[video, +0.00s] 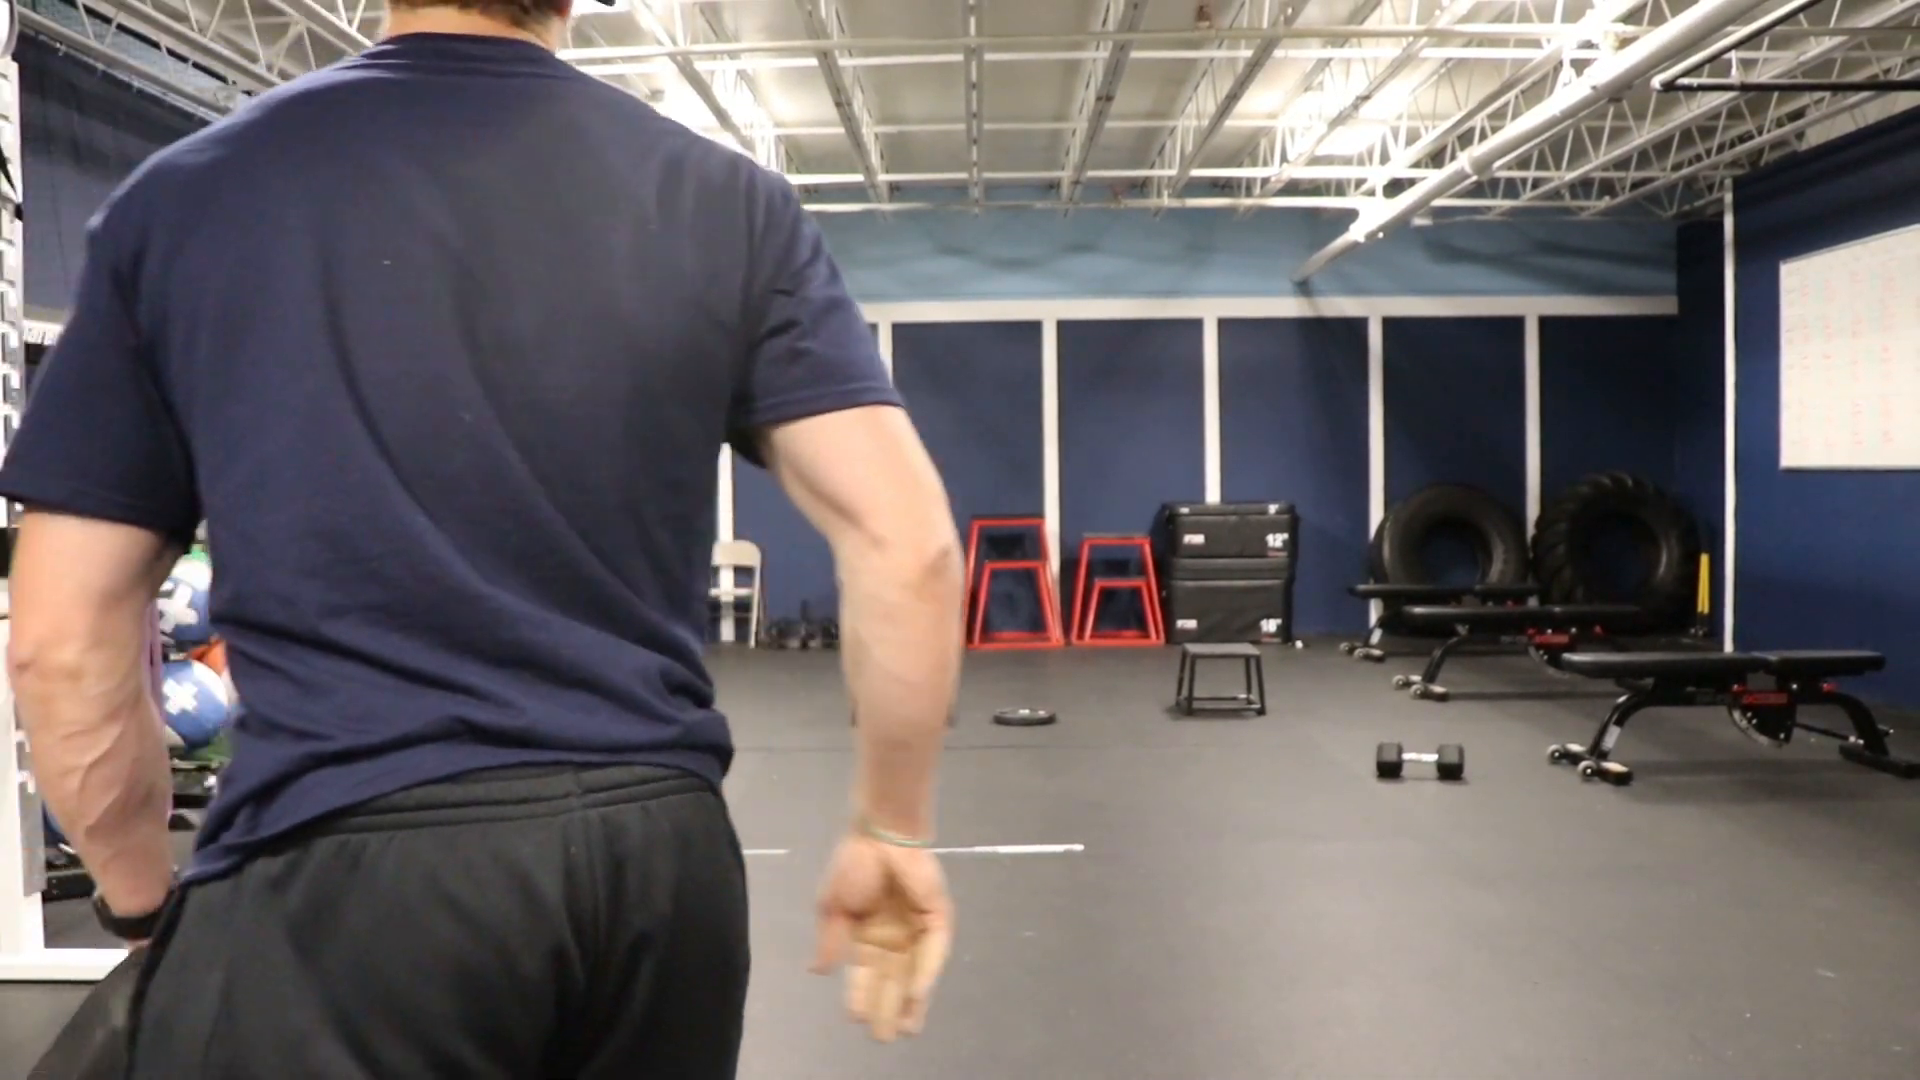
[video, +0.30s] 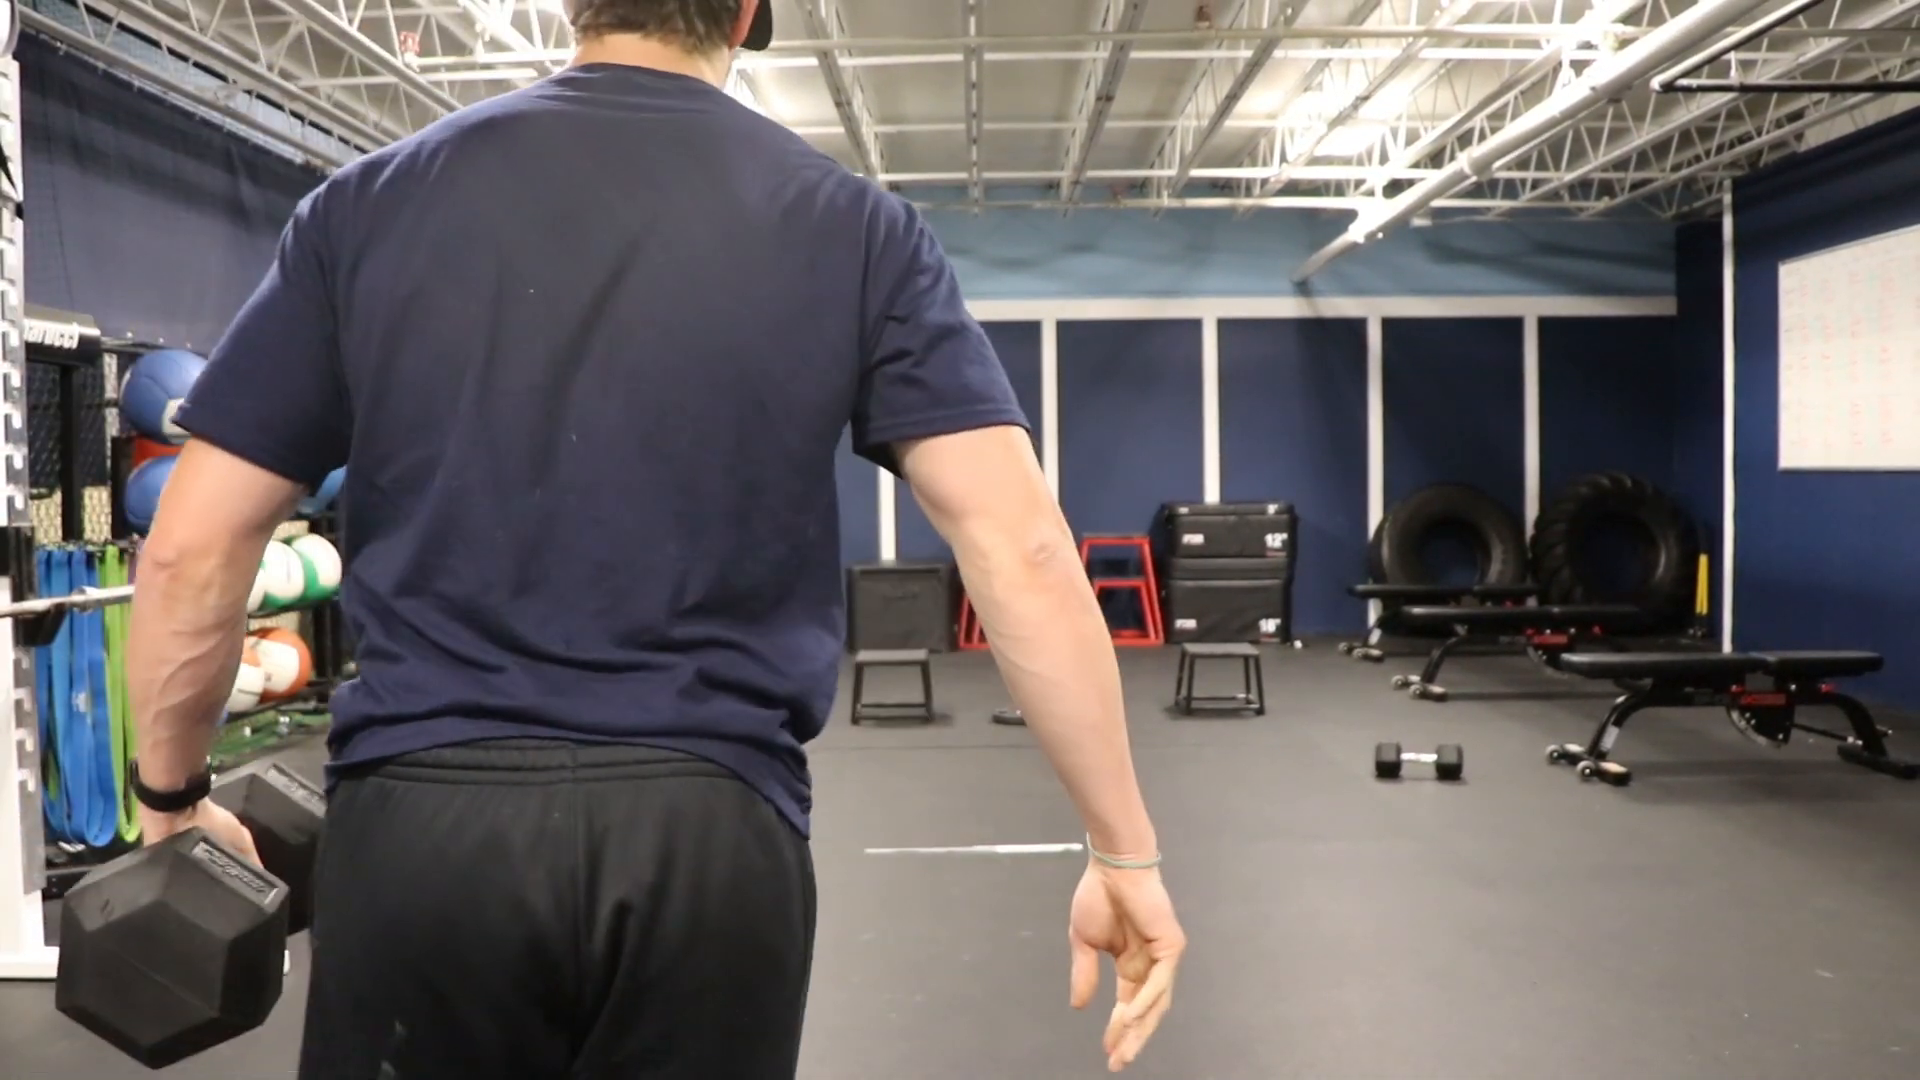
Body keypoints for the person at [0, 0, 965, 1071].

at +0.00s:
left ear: (387, 5)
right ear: (565, 5)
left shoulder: (187, 200)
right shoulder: (722, 196)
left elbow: (61, 638)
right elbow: (910, 537)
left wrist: (151, 903)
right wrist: (893, 827)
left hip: (337, 876)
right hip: (663, 853)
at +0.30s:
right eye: (751, 16)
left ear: (570, 16)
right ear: (746, 21)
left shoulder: (371, 202)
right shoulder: (850, 223)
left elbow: (192, 548)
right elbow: (1022, 546)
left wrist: (170, 795)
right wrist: (1126, 848)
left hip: (420, 841)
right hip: (716, 847)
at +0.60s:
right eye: (744, 63)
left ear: (566, 66)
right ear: (734, 69)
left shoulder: (395, 254)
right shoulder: (810, 266)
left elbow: (262, 556)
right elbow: (967, 548)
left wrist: (232, 794)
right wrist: (1083, 810)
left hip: (435, 808)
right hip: (684, 816)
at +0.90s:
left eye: (522, 75)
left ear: (519, 93)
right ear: (667, 100)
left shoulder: (386, 276)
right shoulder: (730, 264)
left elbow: (307, 556)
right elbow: (879, 495)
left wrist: (284, 781)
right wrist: (1029, 715)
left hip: (442, 750)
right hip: (658, 756)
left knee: (445, 1069)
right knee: (698, 1066)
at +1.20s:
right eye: (692, 132)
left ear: (570, 147)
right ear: (695, 154)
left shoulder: (454, 310)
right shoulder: (754, 299)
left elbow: (388, 557)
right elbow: (887, 487)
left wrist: (359, 752)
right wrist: (1044, 680)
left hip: (496, 725)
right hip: (689, 730)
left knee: (484, 1060)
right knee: (700, 1060)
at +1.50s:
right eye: (779, 171)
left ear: (660, 178)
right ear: (779, 187)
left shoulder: (557, 315)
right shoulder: (821, 329)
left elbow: (496, 520)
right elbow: (943, 507)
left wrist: (446, 700)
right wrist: (1051, 664)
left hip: (579, 689)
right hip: (740, 694)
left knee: (555, 980)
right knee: (720, 996)